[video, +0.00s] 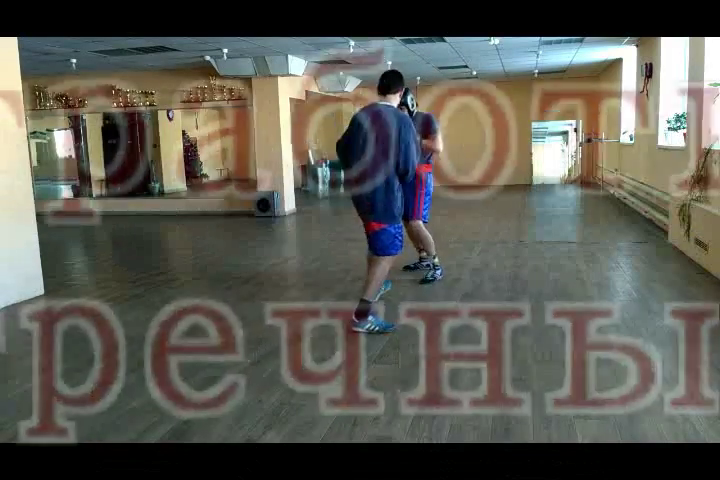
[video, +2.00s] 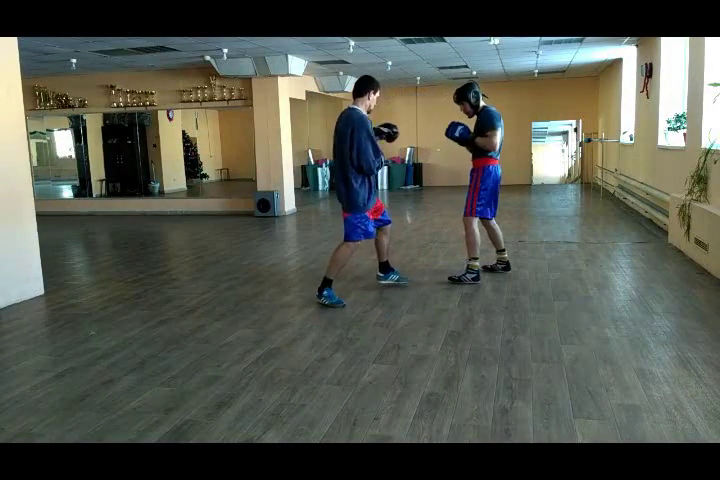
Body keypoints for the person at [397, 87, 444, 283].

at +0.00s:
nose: (400, 111)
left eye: (401, 106)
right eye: (398, 107)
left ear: (409, 104)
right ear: (399, 107)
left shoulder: (425, 119)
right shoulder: (397, 123)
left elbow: (437, 146)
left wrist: (413, 141)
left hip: (421, 170)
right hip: (403, 170)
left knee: (414, 220)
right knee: (407, 219)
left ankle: (434, 263)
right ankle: (423, 257)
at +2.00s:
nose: (462, 110)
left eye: (462, 105)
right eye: (460, 106)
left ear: (472, 100)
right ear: (473, 100)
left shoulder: (489, 115)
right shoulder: (484, 116)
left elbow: (493, 144)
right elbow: (479, 148)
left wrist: (469, 138)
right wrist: (464, 139)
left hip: (484, 168)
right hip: (489, 168)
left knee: (469, 218)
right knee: (486, 217)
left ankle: (472, 269)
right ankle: (502, 261)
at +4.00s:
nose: (446, 128)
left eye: (446, 124)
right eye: (444, 124)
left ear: (454, 120)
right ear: (459, 116)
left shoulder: (478, 129)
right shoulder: (474, 129)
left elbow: (488, 164)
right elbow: (476, 153)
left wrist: (463, 156)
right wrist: (456, 147)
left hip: (490, 184)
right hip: (501, 182)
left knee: (460, 225)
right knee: (504, 230)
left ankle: (448, 274)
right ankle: (541, 263)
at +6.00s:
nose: (540, 106)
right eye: (540, 103)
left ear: (518, 99)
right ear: (538, 103)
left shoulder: (499, 118)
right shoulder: (543, 122)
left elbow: (484, 153)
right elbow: (546, 161)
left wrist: (502, 148)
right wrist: (531, 148)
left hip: (501, 182)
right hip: (525, 183)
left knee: (493, 225)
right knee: (537, 237)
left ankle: (483, 268)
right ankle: (534, 291)